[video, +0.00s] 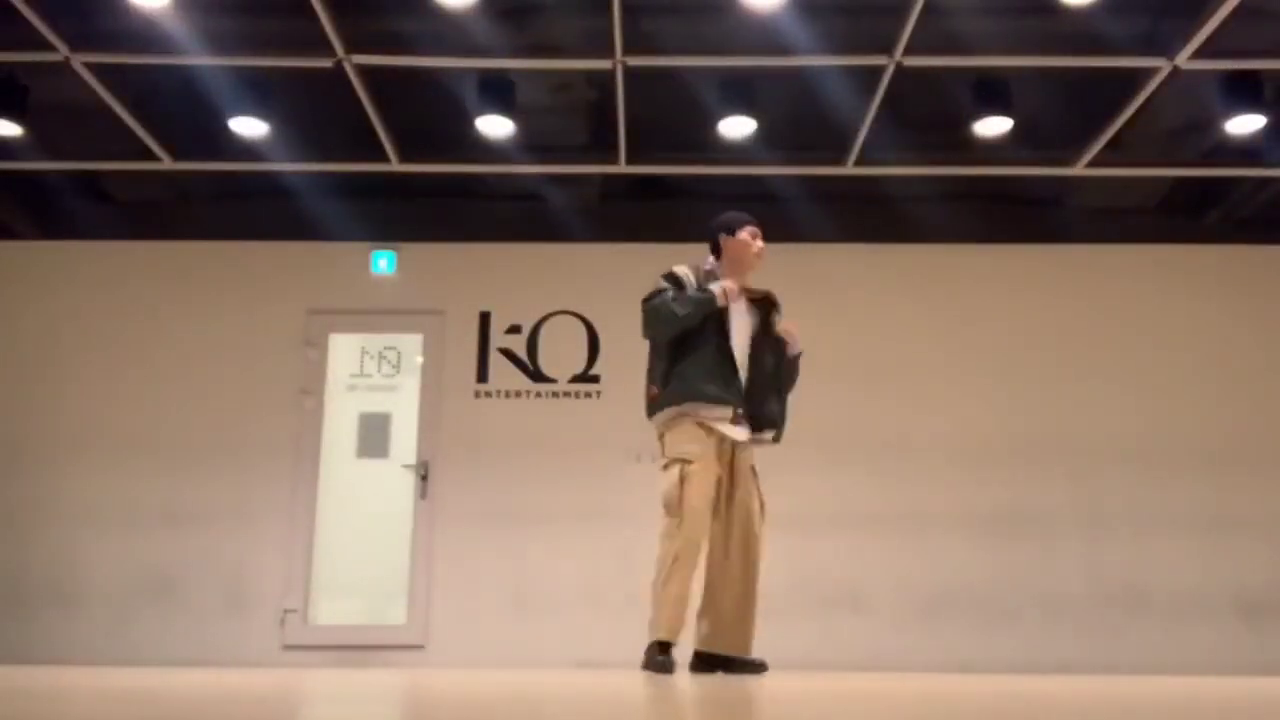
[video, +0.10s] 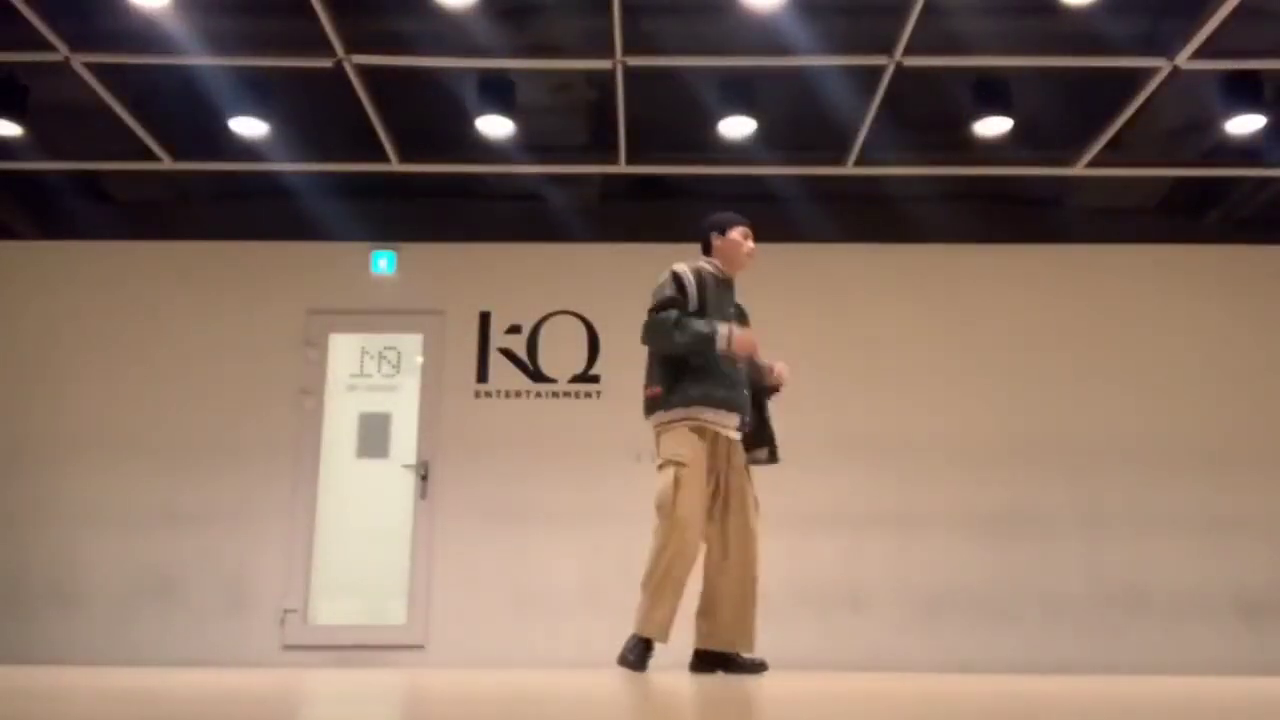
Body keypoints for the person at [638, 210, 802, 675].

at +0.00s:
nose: (760, 243)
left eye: (761, 237)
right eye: (750, 235)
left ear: (755, 251)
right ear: (722, 243)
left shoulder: (760, 308)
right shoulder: (684, 284)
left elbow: (773, 387)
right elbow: (659, 323)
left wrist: (788, 353)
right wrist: (714, 294)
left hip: (739, 431)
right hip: (690, 423)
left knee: (741, 536)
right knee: (688, 525)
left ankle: (720, 649)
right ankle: (662, 641)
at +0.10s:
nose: (751, 244)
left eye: (752, 238)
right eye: (742, 236)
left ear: (741, 248)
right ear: (715, 241)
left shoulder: (735, 307)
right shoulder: (684, 277)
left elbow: (730, 373)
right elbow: (655, 330)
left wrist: (764, 377)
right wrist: (723, 338)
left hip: (728, 432)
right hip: (684, 424)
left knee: (736, 537)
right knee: (682, 525)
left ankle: (718, 648)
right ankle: (646, 634)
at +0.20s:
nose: (740, 247)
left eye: (740, 239)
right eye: (733, 237)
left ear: (719, 243)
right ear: (706, 239)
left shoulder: (720, 299)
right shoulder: (672, 281)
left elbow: (723, 364)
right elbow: (661, 349)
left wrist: (739, 393)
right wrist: (702, 386)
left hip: (718, 430)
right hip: (674, 426)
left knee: (725, 536)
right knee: (672, 530)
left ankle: (714, 647)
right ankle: (636, 632)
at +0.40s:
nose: (715, 253)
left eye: (714, 246)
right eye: (708, 244)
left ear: (690, 250)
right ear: (680, 246)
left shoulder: (700, 312)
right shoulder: (640, 299)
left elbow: (701, 379)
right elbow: (625, 370)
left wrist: (716, 408)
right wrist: (631, 435)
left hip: (695, 449)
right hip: (650, 446)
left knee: (722, 536)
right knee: (645, 546)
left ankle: (715, 647)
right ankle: (627, 644)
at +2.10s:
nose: (702, 200)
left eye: (711, 194)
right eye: (693, 195)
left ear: (726, 211)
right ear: (680, 213)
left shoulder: (758, 274)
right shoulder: (651, 274)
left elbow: (779, 344)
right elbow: (628, 344)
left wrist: (764, 402)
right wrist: (630, 395)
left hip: (733, 422)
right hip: (670, 420)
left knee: (723, 535)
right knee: (669, 513)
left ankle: (708, 645)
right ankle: (647, 625)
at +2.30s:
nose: (683, 202)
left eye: (692, 195)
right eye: (675, 197)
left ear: (710, 207)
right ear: (664, 213)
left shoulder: (748, 266)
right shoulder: (643, 274)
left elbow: (793, 307)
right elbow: (607, 325)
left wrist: (787, 335)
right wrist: (590, 351)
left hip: (730, 420)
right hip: (667, 419)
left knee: (719, 530)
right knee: (663, 516)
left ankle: (707, 644)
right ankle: (664, 642)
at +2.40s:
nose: (677, 199)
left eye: (685, 190)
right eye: (667, 191)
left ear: (702, 199)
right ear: (655, 204)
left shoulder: (740, 253)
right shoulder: (632, 265)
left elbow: (784, 300)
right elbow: (593, 315)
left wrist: (786, 261)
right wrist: (578, 275)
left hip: (728, 417)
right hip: (662, 416)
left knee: (727, 520)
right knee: (659, 512)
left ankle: (709, 633)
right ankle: (664, 641)